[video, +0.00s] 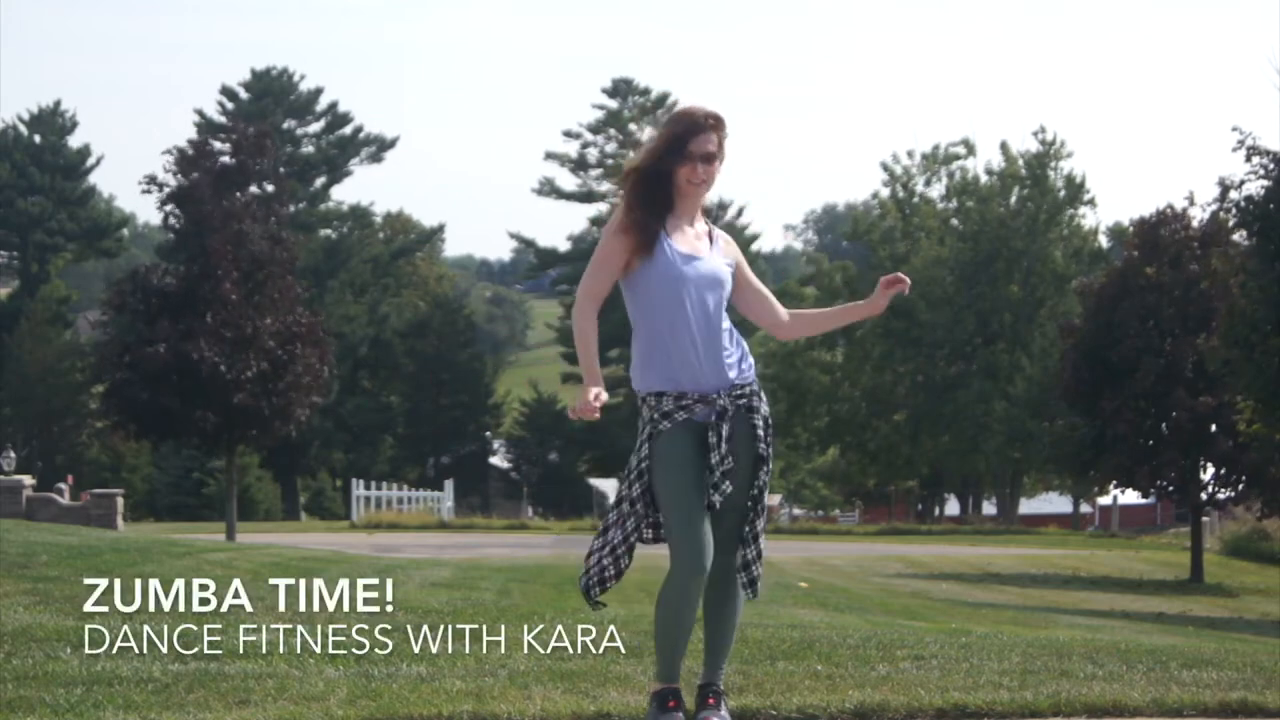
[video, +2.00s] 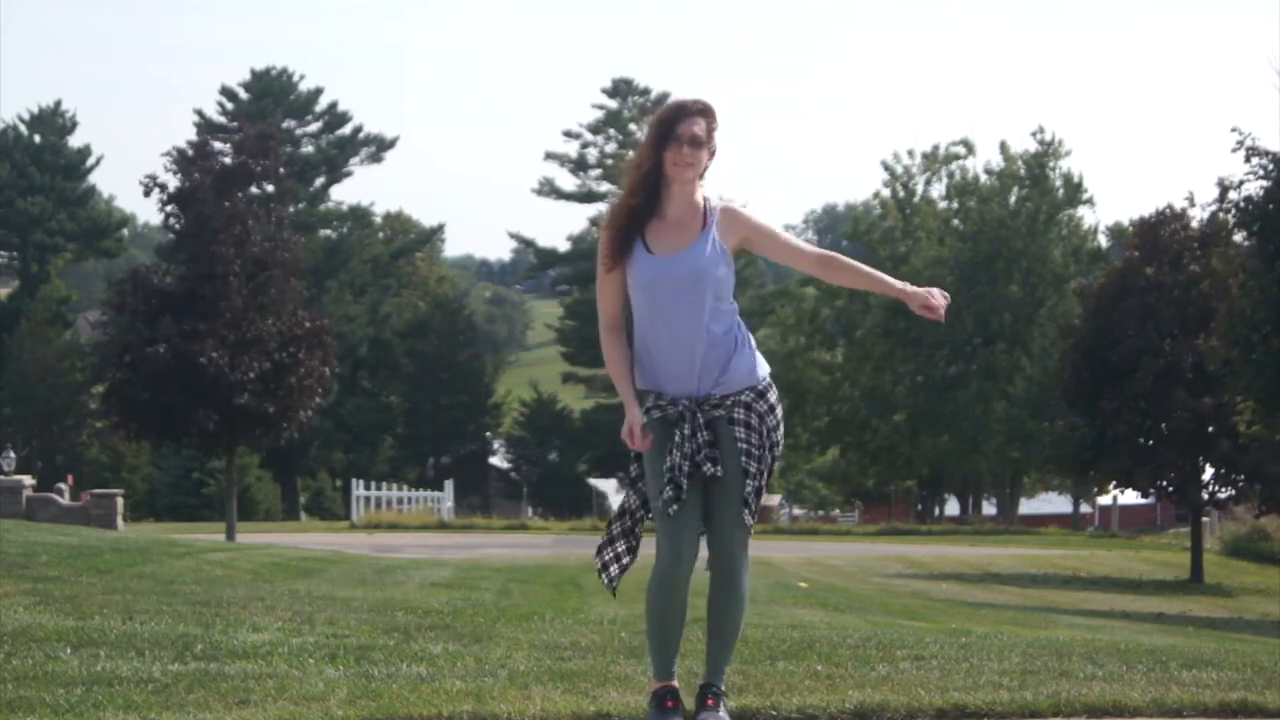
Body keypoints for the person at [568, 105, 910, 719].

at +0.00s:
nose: (704, 169)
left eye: (713, 159)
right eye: (694, 157)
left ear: (721, 166)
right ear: (669, 160)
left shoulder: (722, 243)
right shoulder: (633, 226)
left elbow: (784, 322)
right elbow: (586, 302)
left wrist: (868, 307)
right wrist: (592, 381)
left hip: (739, 408)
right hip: (671, 410)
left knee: (728, 559)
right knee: (693, 557)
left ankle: (712, 691)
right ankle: (667, 691)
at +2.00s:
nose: (694, 151)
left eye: (703, 143)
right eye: (683, 141)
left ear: (713, 153)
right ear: (658, 149)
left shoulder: (726, 218)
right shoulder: (622, 230)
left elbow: (816, 261)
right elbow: (611, 327)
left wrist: (903, 290)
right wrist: (630, 403)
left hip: (737, 400)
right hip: (663, 405)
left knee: (729, 552)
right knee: (677, 548)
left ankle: (714, 689)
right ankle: (664, 686)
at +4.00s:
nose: (697, 162)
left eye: (704, 151)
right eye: (685, 151)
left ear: (712, 153)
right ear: (656, 155)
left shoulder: (724, 215)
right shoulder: (635, 235)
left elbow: (813, 237)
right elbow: (571, 311)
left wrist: (897, 249)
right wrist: (487, 334)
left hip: (721, 407)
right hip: (658, 409)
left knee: (702, 556)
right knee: (649, 555)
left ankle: (707, 694)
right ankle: (660, 687)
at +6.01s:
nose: (669, 155)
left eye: (679, 145)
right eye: (658, 147)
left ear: (698, 155)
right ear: (641, 159)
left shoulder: (725, 225)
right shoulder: (633, 233)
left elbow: (756, 321)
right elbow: (604, 319)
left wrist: (732, 411)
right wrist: (536, 385)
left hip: (691, 411)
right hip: (625, 403)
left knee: (674, 557)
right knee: (643, 550)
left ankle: (702, 690)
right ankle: (655, 681)